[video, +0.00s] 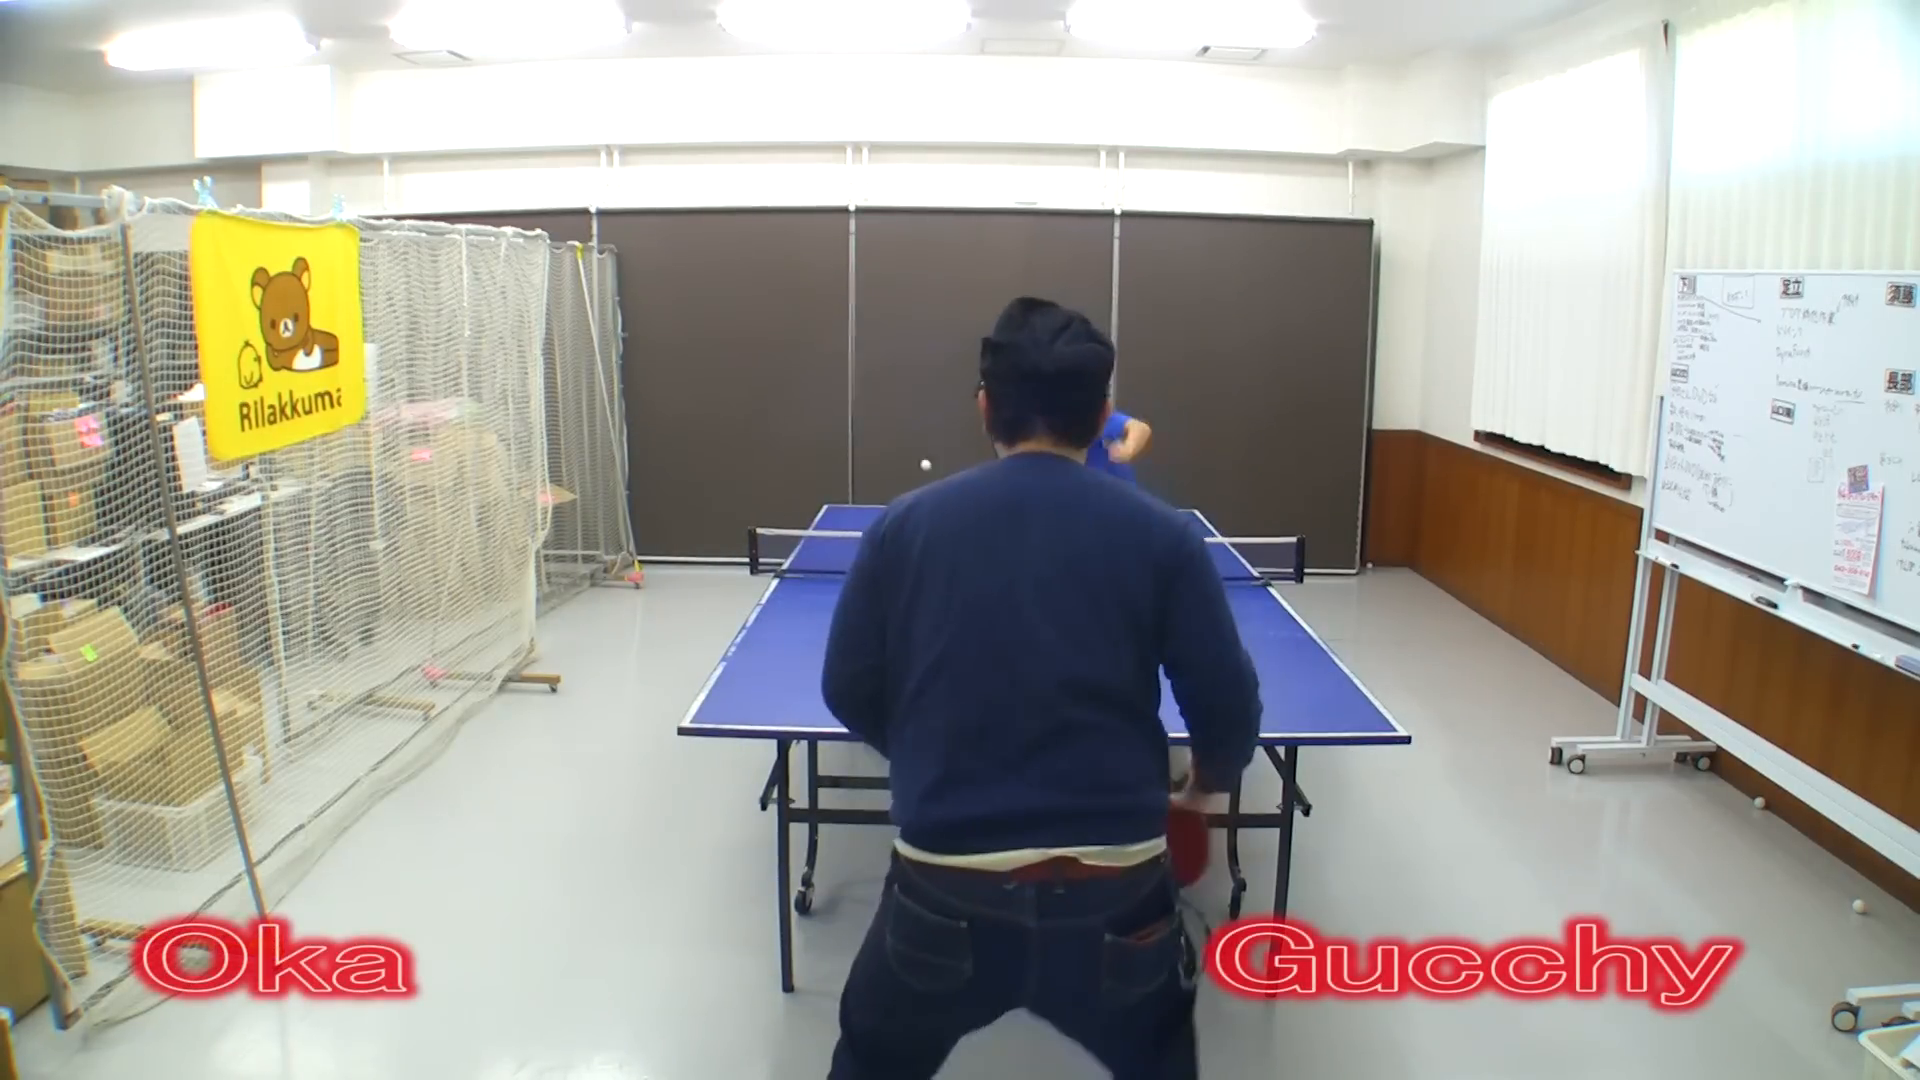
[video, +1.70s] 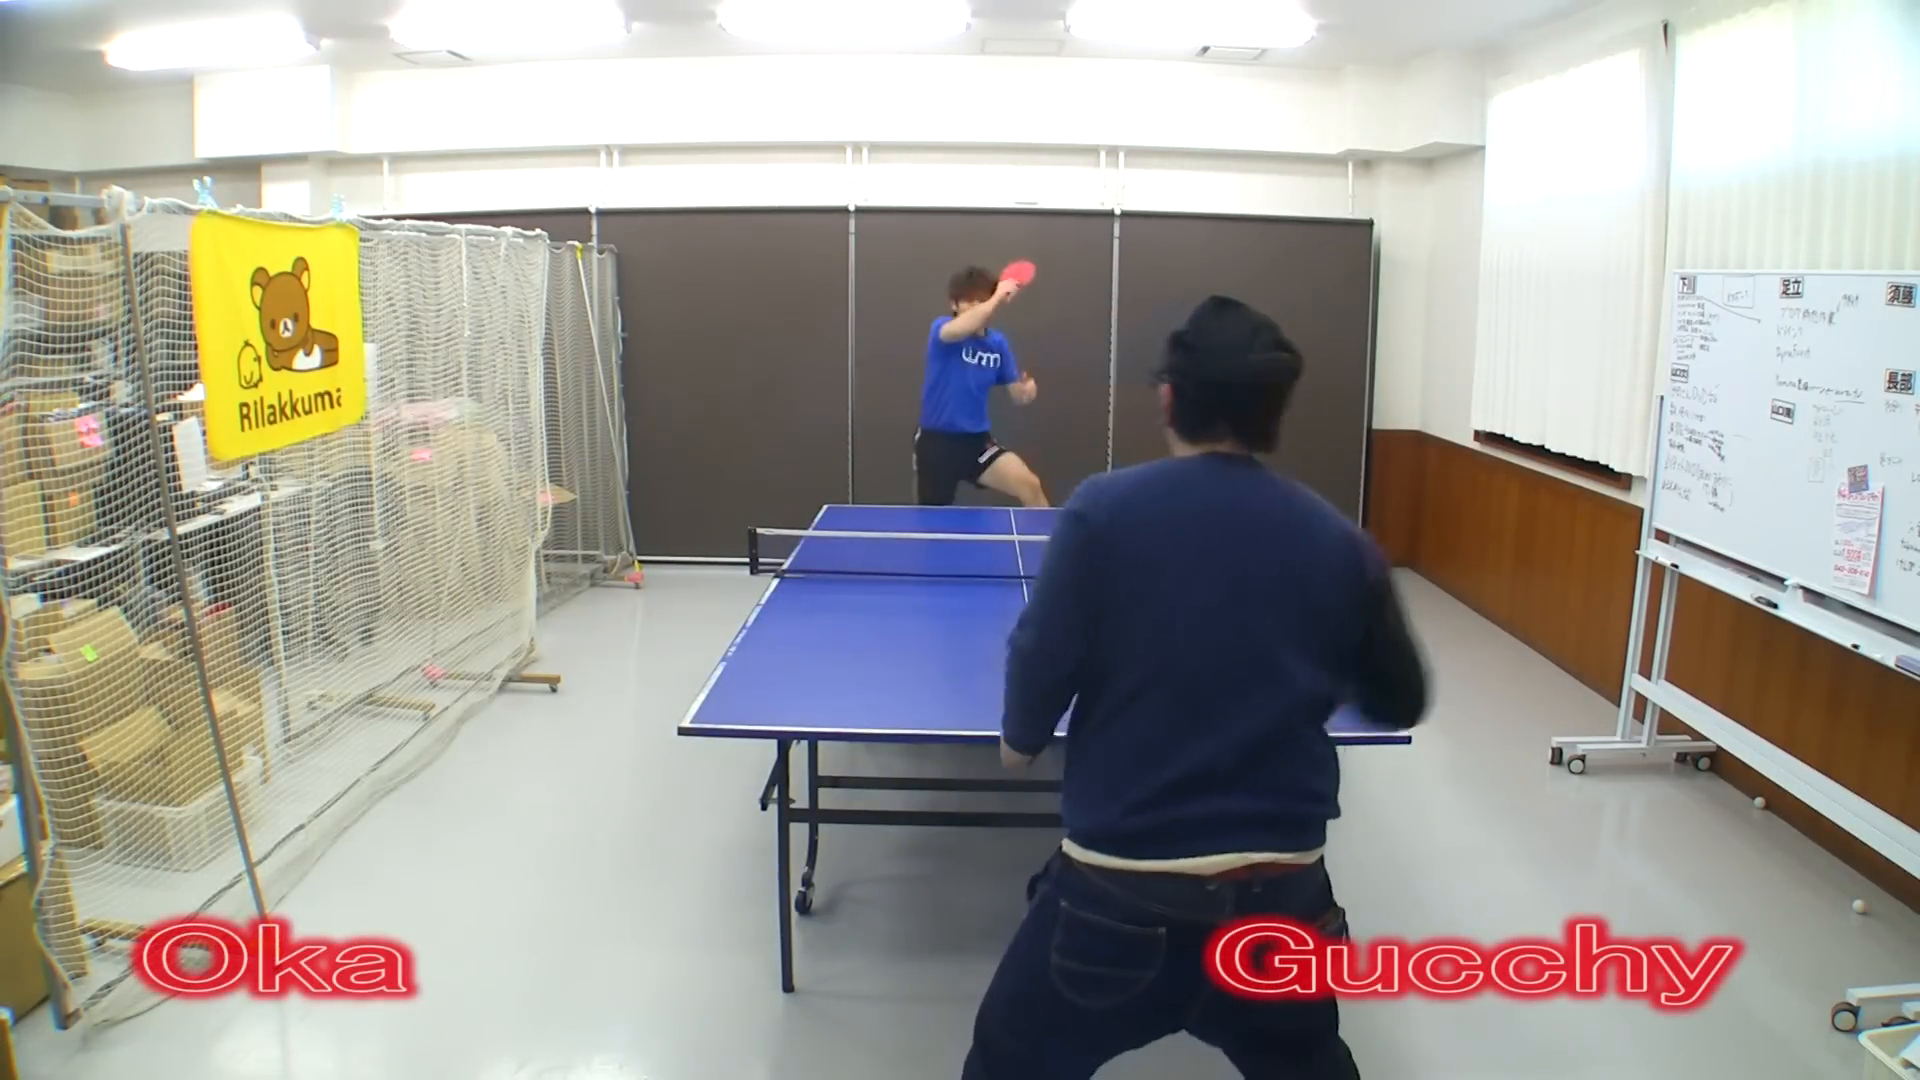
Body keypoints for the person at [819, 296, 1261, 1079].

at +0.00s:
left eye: (981, 388)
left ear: (986, 405)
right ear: (1102, 414)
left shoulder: (906, 526)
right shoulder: (1158, 533)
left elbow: (849, 684)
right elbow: (1227, 698)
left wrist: (938, 752)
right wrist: (1209, 783)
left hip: (946, 912)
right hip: (1115, 914)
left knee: (873, 1063)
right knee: (1158, 1064)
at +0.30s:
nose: (1057, 402)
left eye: (1060, 389)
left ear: (1069, 411)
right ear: (1180, 420)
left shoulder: (991, 520)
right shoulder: (1229, 547)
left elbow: (932, 671)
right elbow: (1284, 719)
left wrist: (1014, 729)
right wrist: (1197, 691)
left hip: (1017, 910)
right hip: (1179, 911)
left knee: (920, 1062)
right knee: (1226, 1053)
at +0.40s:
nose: (1110, 422)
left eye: (1117, 409)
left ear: (1127, 424)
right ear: (1234, 440)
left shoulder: (1046, 515)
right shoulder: (1278, 553)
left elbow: (956, 648)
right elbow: (1368, 658)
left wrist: (1015, 716)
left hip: (1035, 904)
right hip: (1191, 912)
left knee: (936, 1063)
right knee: (1238, 1060)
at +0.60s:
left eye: (1169, 366)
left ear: (1177, 380)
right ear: (1290, 390)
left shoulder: (1126, 461)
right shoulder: (1336, 497)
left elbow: (1047, 594)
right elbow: (1378, 587)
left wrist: (1022, 632)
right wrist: (1295, 588)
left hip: (1099, 835)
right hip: (1250, 849)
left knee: (969, 1017)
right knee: (1252, 1042)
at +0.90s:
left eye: (1167, 362)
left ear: (1172, 376)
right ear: (1283, 383)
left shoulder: (1137, 459)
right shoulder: (1335, 500)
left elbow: (1089, 580)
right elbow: (1382, 622)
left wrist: (1012, 630)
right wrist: (1284, 655)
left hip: (1121, 845)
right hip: (1268, 852)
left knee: (1003, 1033)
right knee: (1258, 1052)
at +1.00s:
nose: (1140, 376)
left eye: (1140, 366)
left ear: (1145, 383)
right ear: (1257, 390)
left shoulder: (1096, 477)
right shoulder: (1312, 506)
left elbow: (1018, 619)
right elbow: (1371, 657)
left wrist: (989, 644)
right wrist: (1275, 691)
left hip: (1102, 866)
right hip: (1255, 866)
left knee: (1004, 1058)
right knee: (1252, 1055)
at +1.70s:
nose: (1156, 392)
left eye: (1160, 381)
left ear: (1167, 400)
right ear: (1278, 410)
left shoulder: (1103, 512)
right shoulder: (1333, 537)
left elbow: (1035, 681)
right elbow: (1400, 701)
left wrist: (1024, 739)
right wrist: (1301, 664)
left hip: (1116, 913)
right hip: (1282, 913)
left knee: (1008, 1067)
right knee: (1309, 1061)